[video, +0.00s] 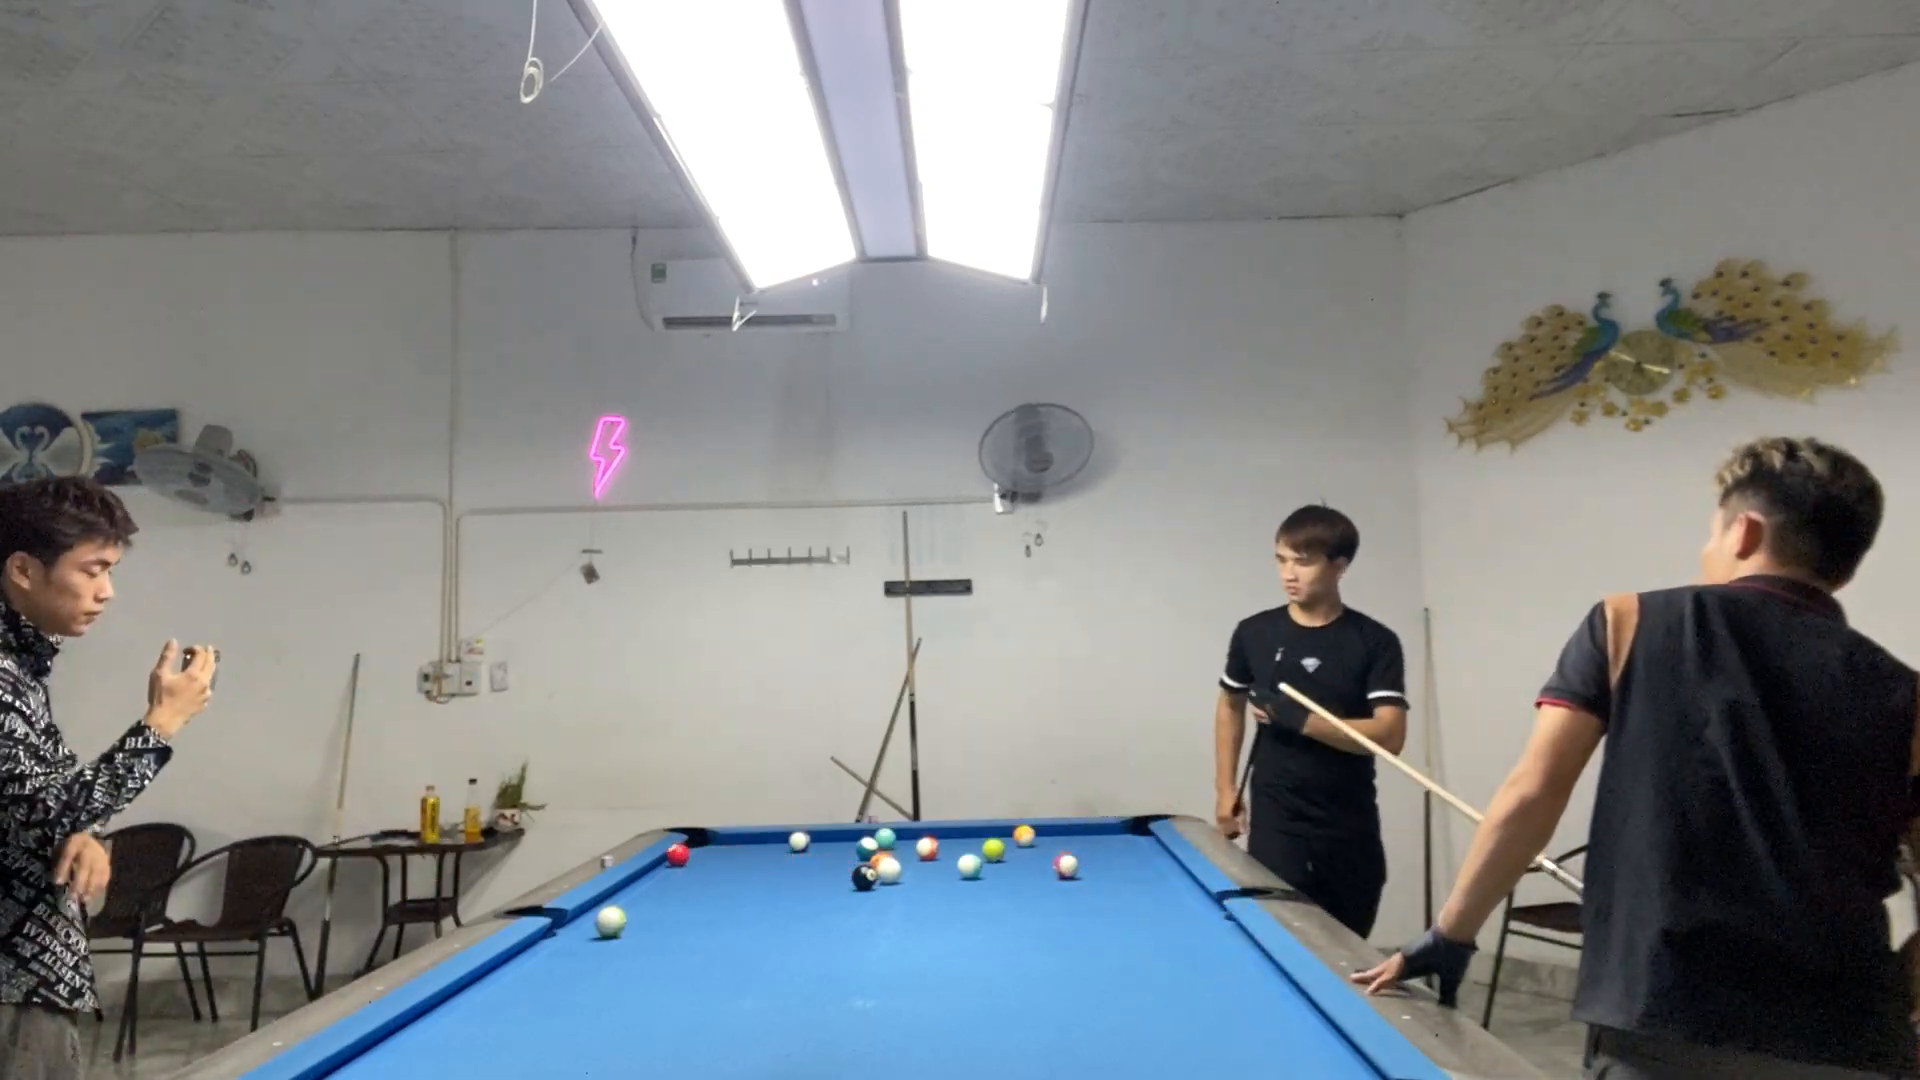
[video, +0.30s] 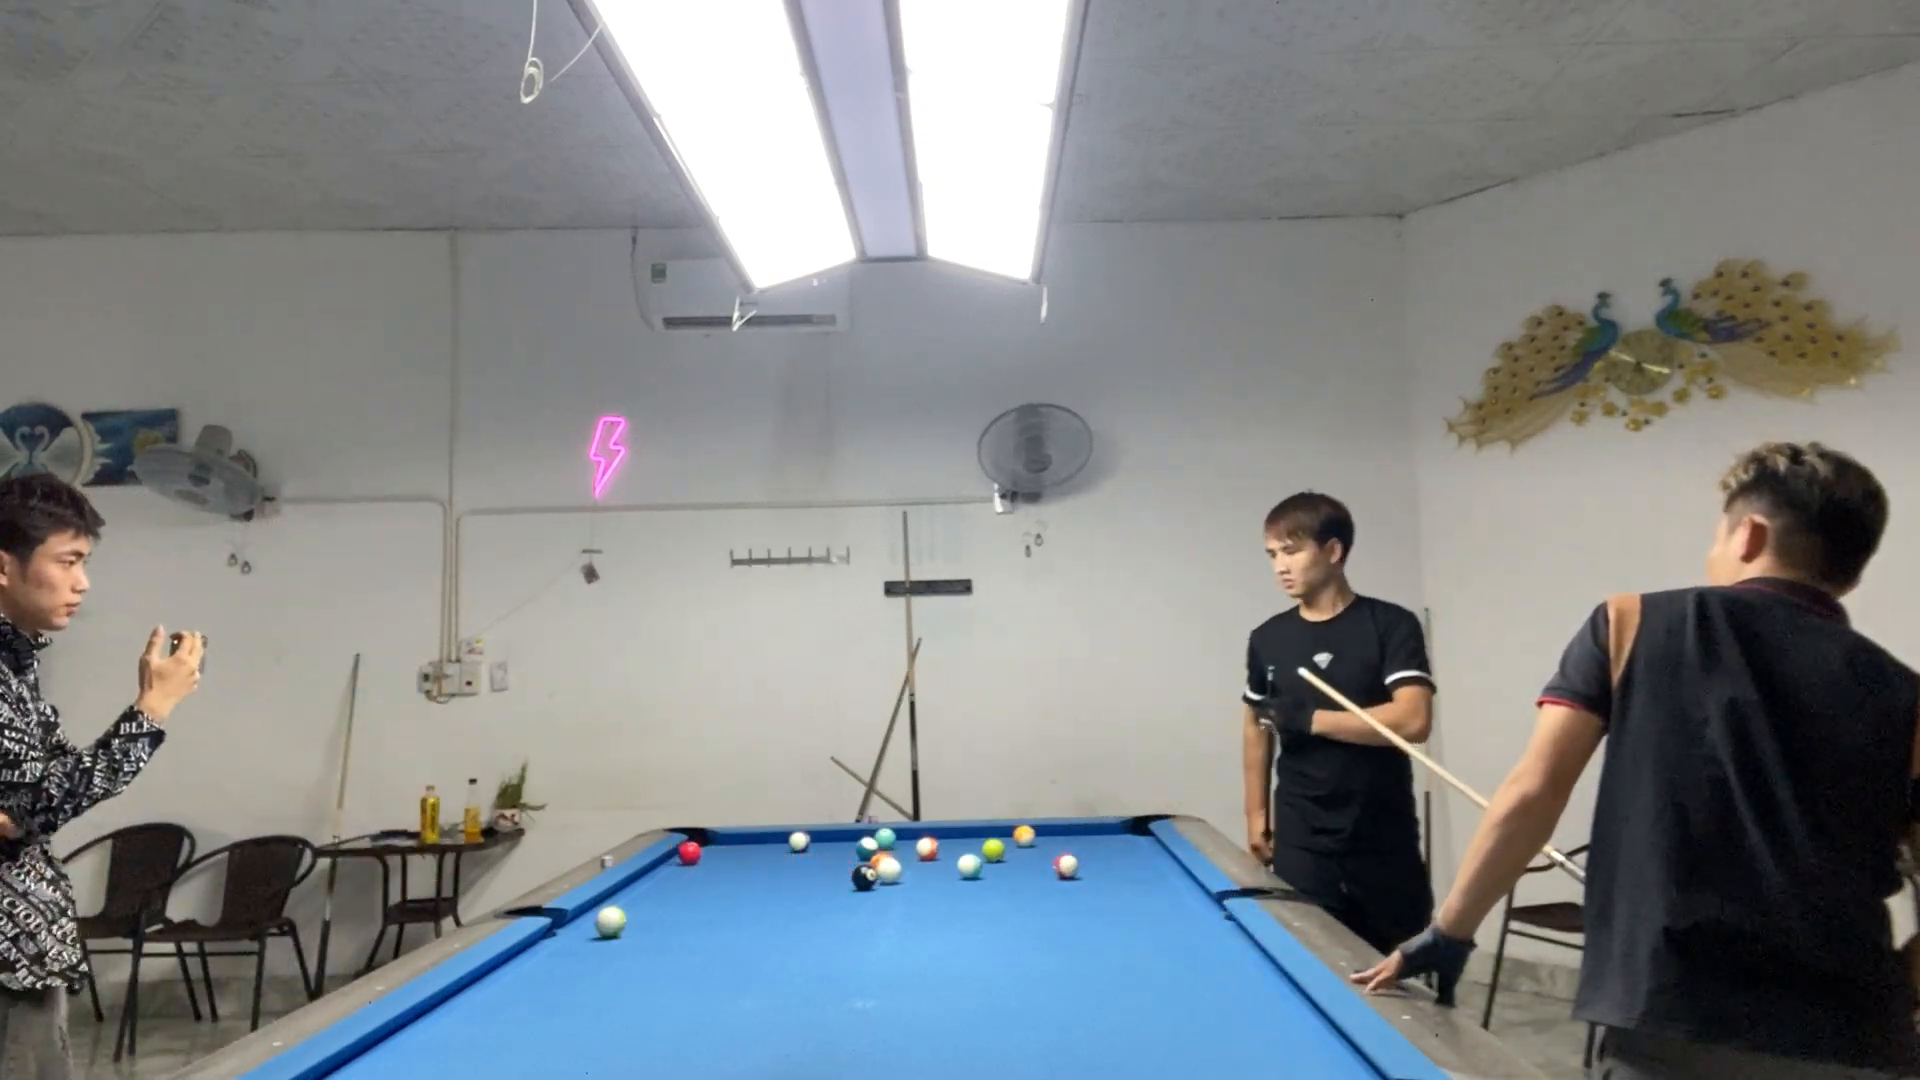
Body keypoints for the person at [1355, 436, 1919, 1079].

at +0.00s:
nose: (1705, 551)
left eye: (1715, 527)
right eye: (1711, 528)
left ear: (1746, 531)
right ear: (1846, 565)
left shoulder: (1630, 625)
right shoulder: (1899, 691)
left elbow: (1532, 796)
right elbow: (1899, 870)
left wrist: (1449, 936)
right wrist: (1891, 987)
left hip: (1651, 1026)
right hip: (1835, 1037)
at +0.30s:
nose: (1713, 556)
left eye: (1721, 531)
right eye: (1719, 533)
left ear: (1749, 534)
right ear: (1851, 572)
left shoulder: (1631, 624)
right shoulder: (1902, 693)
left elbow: (1532, 795)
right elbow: (1906, 876)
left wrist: (1448, 932)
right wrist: (1892, 985)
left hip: (1655, 1026)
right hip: (1845, 1037)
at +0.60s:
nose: (1721, 565)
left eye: (1729, 540)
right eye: (1727, 542)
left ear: (1760, 540)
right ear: (1858, 579)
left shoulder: (1638, 627)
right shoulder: (1905, 694)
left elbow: (1535, 796)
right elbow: (1901, 874)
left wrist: (1446, 933)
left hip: (1667, 1029)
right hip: (1856, 1040)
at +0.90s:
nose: (1733, 565)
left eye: (1742, 540)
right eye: (1740, 541)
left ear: (1774, 542)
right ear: (1869, 583)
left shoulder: (1647, 626)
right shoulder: (1907, 691)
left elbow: (1542, 793)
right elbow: (1903, 874)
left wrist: (1447, 932)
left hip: (1674, 1027)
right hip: (1863, 1040)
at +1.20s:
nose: (1743, 563)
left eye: (1750, 538)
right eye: (1748, 539)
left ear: (1784, 538)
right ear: (1881, 583)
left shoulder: (1652, 625)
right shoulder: (1910, 689)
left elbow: (1543, 793)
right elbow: (1901, 883)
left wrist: (1448, 930)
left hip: (1671, 1028)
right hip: (1859, 1040)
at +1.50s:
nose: (1737, 550)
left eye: (1745, 524)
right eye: (1743, 525)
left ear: (1781, 530)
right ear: (1874, 563)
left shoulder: (1654, 623)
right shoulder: (1909, 681)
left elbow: (1541, 794)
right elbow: (1909, 885)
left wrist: (1445, 928)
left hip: (1670, 1029)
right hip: (1861, 1041)